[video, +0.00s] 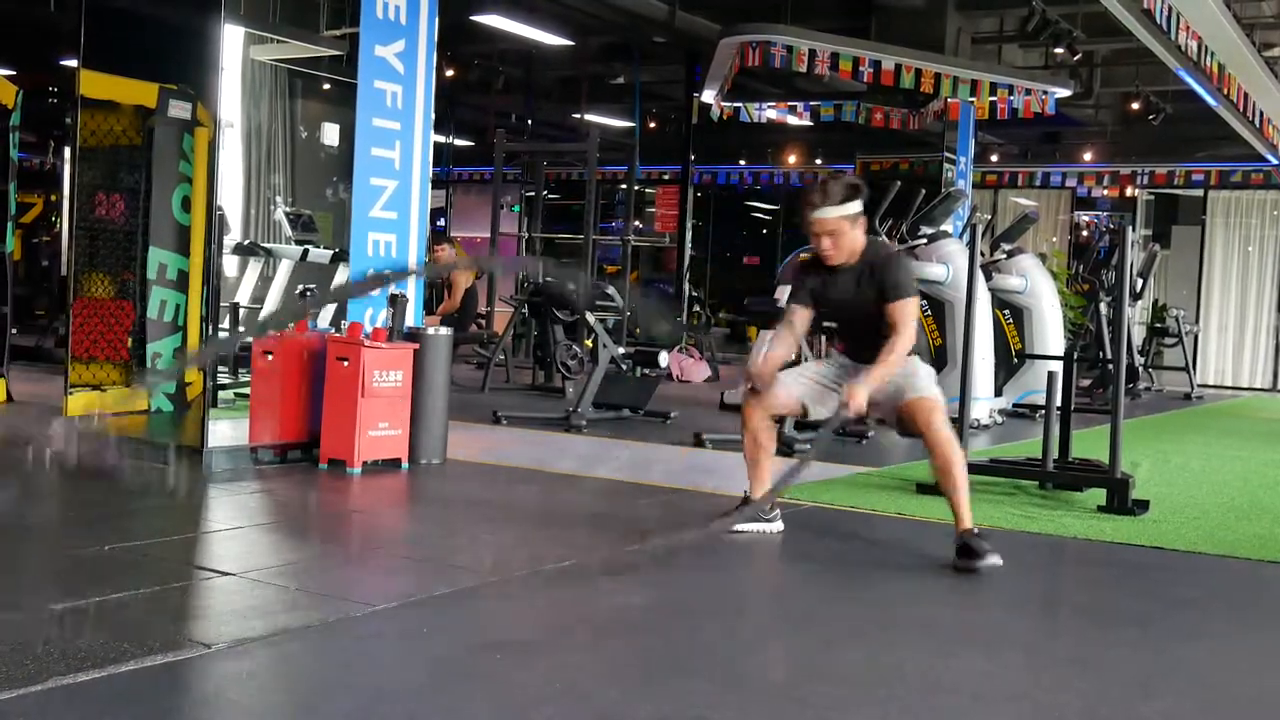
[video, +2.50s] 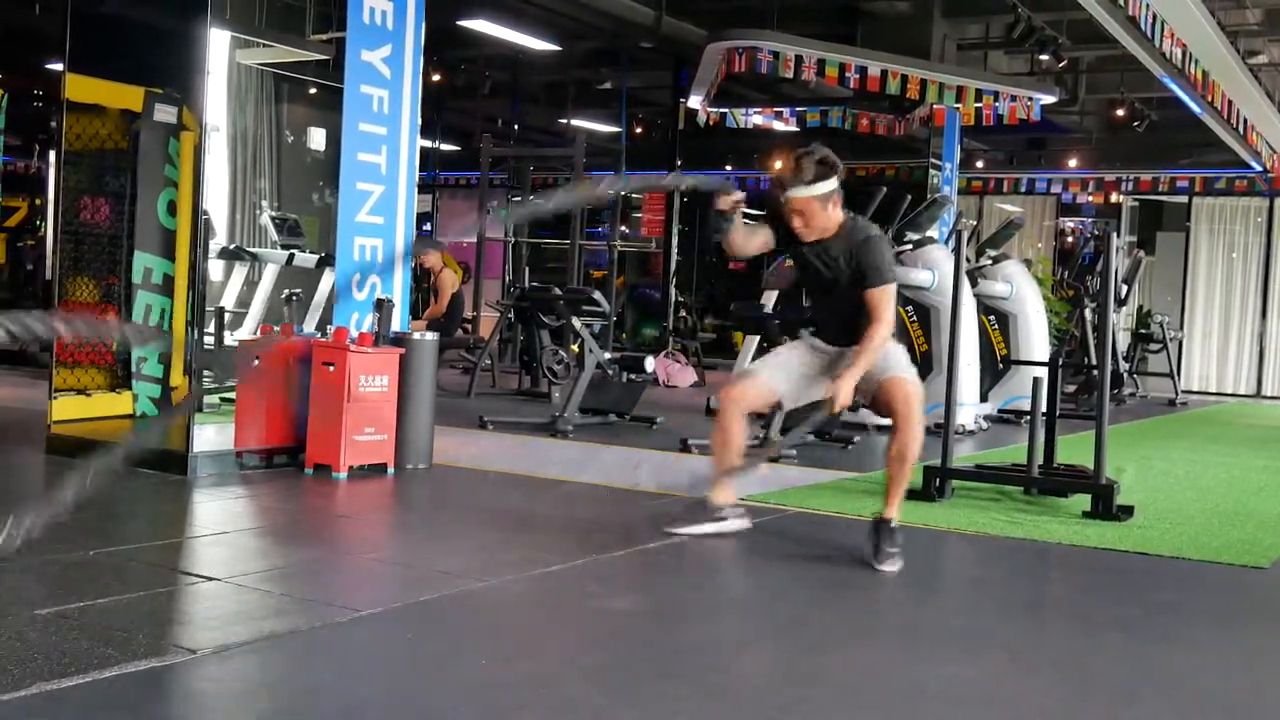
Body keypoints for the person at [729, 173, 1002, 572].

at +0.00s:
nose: (822, 245)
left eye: (832, 235)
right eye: (815, 236)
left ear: (860, 226)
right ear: (808, 233)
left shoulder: (890, 264)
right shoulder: (811, 271)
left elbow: (904, 335)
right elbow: (791, 328)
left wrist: (867, 383)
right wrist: (769, 363)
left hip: (896, 368)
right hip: (841, 366)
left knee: (932, 416)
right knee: (756, 403)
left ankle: (967, 533)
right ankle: (761, 506)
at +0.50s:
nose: (935, 261)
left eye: (945, 249)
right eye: (927, 250)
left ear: (974, 241)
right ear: (920, 248)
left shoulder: (1014, 279)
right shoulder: (923, 290)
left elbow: (1031, 359)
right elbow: (906, 358)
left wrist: (989, 407)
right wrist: (890, 391)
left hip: (1024, 387)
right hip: (961, 386)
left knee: (1065, 442)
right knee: (871, 417)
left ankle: (1107, 567)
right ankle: (839, 523)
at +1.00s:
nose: (981, 255)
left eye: (991, 243)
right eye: (973, 245)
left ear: (1022, 236)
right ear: (965, 243)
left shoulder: (1062, 276)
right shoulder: (963, 283)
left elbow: (1077, 358)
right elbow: (941, 345)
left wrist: (1033, 408)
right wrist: (917, 370)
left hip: (1068, 387)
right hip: (1003, 387)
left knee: (1114, 430)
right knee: (911, 423)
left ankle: (1102, 566)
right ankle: (872, 529)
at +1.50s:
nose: (864, 243)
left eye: (875, 233)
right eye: (857, 233)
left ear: (905, 223)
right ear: (849, 227)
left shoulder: (935, 265)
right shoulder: (844, 256)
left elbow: (941, 346)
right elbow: (810, 311)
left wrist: (903, 401)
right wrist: (802, 293)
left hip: (923, 373)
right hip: (860, 364)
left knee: (956, 424)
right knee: (771, 408)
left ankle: (932, 538)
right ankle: (699, 494)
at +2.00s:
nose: (729, 236)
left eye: (738, 227)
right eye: (723, 226)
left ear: (768, 220)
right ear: (716, 221)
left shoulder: (795, 259)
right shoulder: (712, 248)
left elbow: (803, 340)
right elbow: (677, 279)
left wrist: (770, 397)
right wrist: (673, 246)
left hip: (790, 360)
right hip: (734, 357)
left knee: (823, 408)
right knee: (654, 403)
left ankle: (823, 522)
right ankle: (623, 501)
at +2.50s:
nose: (794, 223)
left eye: (802, 215)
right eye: (791, 214)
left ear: (834, 206)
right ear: (788, 208)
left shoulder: (868, 242)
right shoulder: (792, 229)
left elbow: (883, 323)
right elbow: (742, 245)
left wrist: (850, 376)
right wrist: (731, 218)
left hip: (873, 350)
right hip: (816, 348)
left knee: (908, 399)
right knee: (735, 396)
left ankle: (889, 520)